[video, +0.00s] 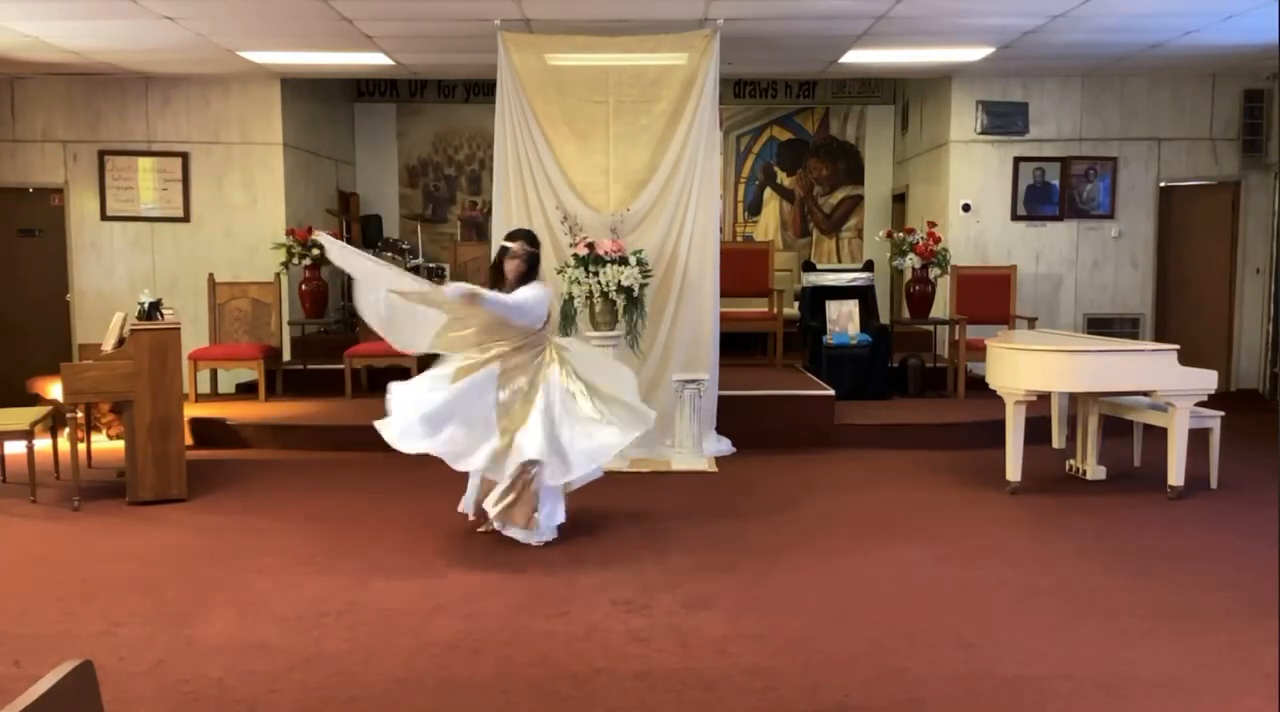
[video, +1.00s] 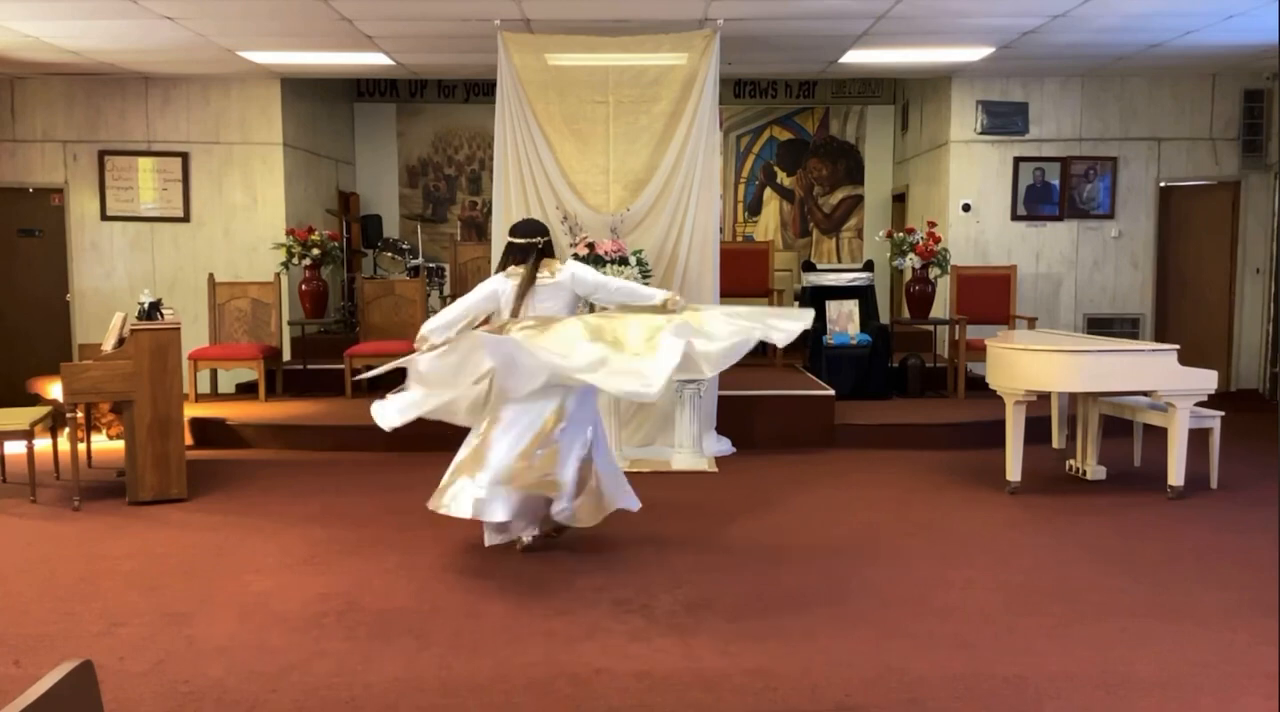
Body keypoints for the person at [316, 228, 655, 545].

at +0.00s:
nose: (512, 262)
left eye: (520, 257)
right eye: (508, 254)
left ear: (533, 263)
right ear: (501, 258)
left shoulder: (538, 294)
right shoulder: (500, 294)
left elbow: (513, 309)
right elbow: (456, 305)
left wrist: (475, 296)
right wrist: (422, 295)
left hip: (535, 376)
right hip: (507, 373)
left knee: (531, 445)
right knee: (502, 442)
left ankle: (521, 517)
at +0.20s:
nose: (560, 260)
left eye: (564, 254)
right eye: (554, 252)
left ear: (567, 258)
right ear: (536, 253)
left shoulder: (565, 292)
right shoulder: (504, 281)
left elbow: (602, 316)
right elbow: (465, 301)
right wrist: (421, 302)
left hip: (549, 370)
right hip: (503, 366)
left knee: (544, 441)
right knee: (492, 437)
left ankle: (527, 517)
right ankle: (488, 504)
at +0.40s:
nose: (576, 270)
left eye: (578, 262)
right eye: (569, 263)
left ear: (576, 262)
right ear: (550, 260)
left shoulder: (579, 296)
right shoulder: (518, 278)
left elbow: (613, 317)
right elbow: (468, 292)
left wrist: (650, 327)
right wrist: (427, 307)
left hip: (554, 384)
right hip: (515, 379)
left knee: (549, 453)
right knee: (524, 449)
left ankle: (535, 529)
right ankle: (481, 485)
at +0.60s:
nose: (586, 250)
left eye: (583, 245)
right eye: (580, 243)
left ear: (557, 248)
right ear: (564, 245)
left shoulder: (571, 285)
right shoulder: (542, 272)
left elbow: (577, 333)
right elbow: (503, 299)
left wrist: (598, 338)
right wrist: (480, 312)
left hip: (551, 376)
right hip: (521, 371)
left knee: (548, 448)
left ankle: (528, 521)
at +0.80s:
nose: (568, 249)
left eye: (562, 243)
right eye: (565, 243)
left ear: (526, 245)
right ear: (557, 244)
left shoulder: (507, 280)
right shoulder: (558, 270)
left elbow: (496, 325)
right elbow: (605, 304)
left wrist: (510, 345)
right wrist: (614, 318)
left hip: (514, 374)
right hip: (556, 376)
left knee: (525, 443)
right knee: (563, 449)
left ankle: (527, 522)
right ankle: (552, 526)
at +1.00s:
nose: (539, 251)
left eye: (524, 249)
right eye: (544, 245)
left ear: (512, 249)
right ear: (547, 246)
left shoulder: (501, 283)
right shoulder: (568, 274)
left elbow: (457, 314)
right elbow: (614, 290)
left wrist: (426, 335)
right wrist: (663, 299)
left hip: (516, 377)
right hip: (562, 375)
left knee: (515, 445)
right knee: (561, 442)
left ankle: (521, 527)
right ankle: (549, 517)